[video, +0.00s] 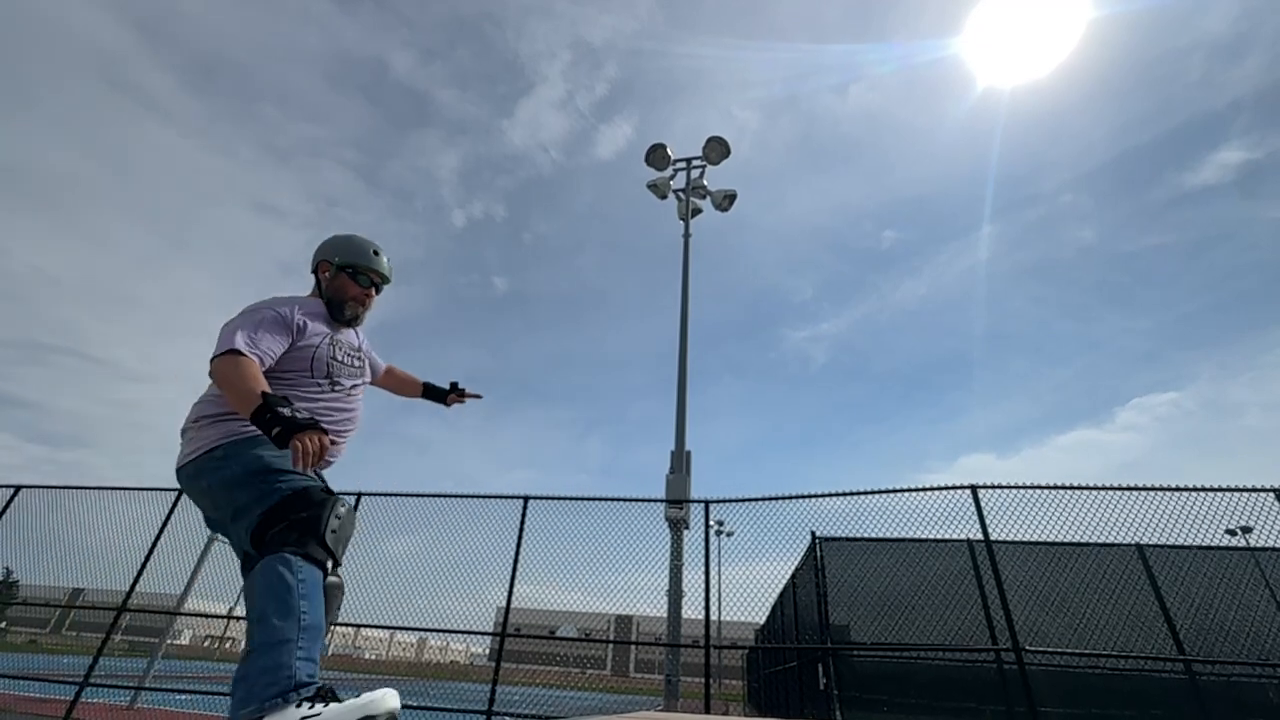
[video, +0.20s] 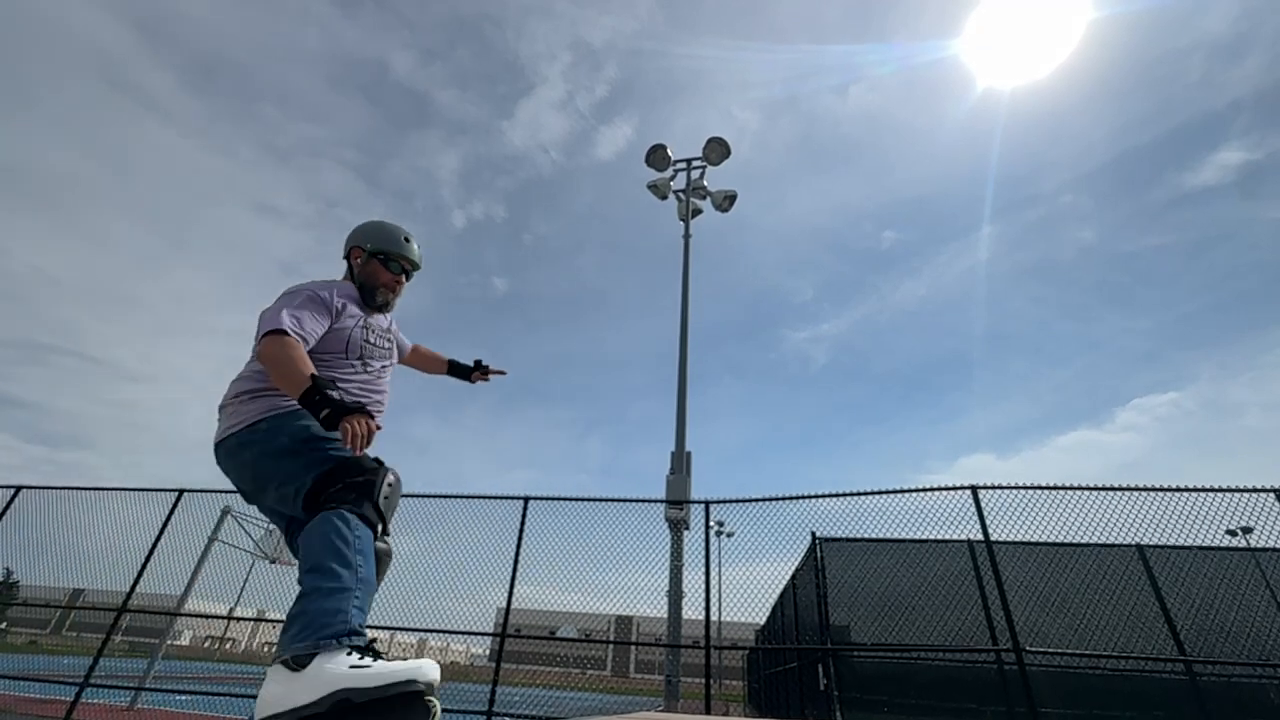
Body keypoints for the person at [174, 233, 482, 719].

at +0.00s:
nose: (368, 293)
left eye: (376, 287)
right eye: (359, 279)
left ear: (378, 296)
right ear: (325, 273)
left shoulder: (357, 346)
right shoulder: (286, 314)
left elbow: (385, 375)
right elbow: (230, 362)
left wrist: (437, 394)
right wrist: (280, 419)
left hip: (275, 463)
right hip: (229, 443)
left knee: (305, 565)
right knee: (302, 515)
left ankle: (269, 699)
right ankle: (281, 696)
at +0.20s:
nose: (398, 280)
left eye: (405, 274)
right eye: (390, 266)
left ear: (407, 281)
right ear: (357, 259)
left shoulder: (387, 331)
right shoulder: (322, 296)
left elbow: (414, 356)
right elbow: (276, 345)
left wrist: (463, 370)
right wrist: (329, 406)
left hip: (308, 437)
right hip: (265, 418)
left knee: (361, 539)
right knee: (356, 481)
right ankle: (315, 653)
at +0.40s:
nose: (427, 266)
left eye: (435, 260)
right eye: (419, 253)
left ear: (436, 267)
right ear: (387, 245)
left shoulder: (412, 313)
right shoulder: (355, 279)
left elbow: (440, 333)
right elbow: (322, 328)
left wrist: (485, 346)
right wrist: (376, 391)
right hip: (300, 399)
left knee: (411, 521)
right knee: (406, 454)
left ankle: (291, 686)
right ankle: (351, 595)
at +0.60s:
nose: (456, 257)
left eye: (462, 251)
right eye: (448, 244)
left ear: (461, 255)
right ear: (416, 235)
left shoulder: (432, 297)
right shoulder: (388, 265)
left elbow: (463, 311)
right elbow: (365, 313)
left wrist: (510, 325)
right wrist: (417, 381)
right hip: (331, 382)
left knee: (449, 498)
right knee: (450, 433)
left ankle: (312, 627)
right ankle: (380, 538)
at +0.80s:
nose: (483, 250)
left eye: (490, 244)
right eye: (475, 236)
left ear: (490, 247)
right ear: (444, 228)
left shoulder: (458, 286)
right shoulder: (420, 255)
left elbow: (489, 293)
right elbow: (409, 305)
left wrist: (532, 303)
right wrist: (455, 371)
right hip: (361, 369)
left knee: (483, 476)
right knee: (487, 415)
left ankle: (345, 570)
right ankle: (405, 487)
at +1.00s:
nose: (512, 242)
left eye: (518, 237)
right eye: (505, 229)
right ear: (474, 219)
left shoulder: (479, 273)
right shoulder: (452, 247)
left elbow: (507, 273)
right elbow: (449, 300)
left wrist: (551, 282)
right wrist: (493, 368)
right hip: (391, 354)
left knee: (507, 456)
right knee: (517, 402)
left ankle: (382, 517)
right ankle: (430, 439)